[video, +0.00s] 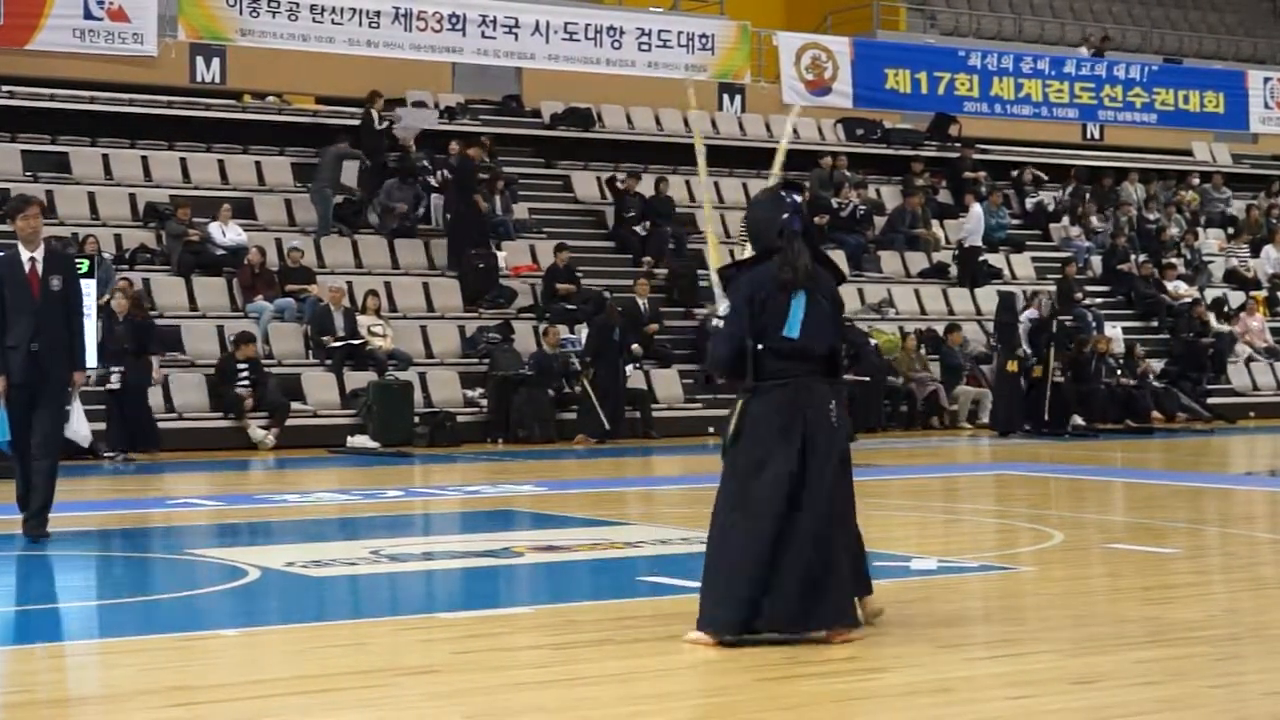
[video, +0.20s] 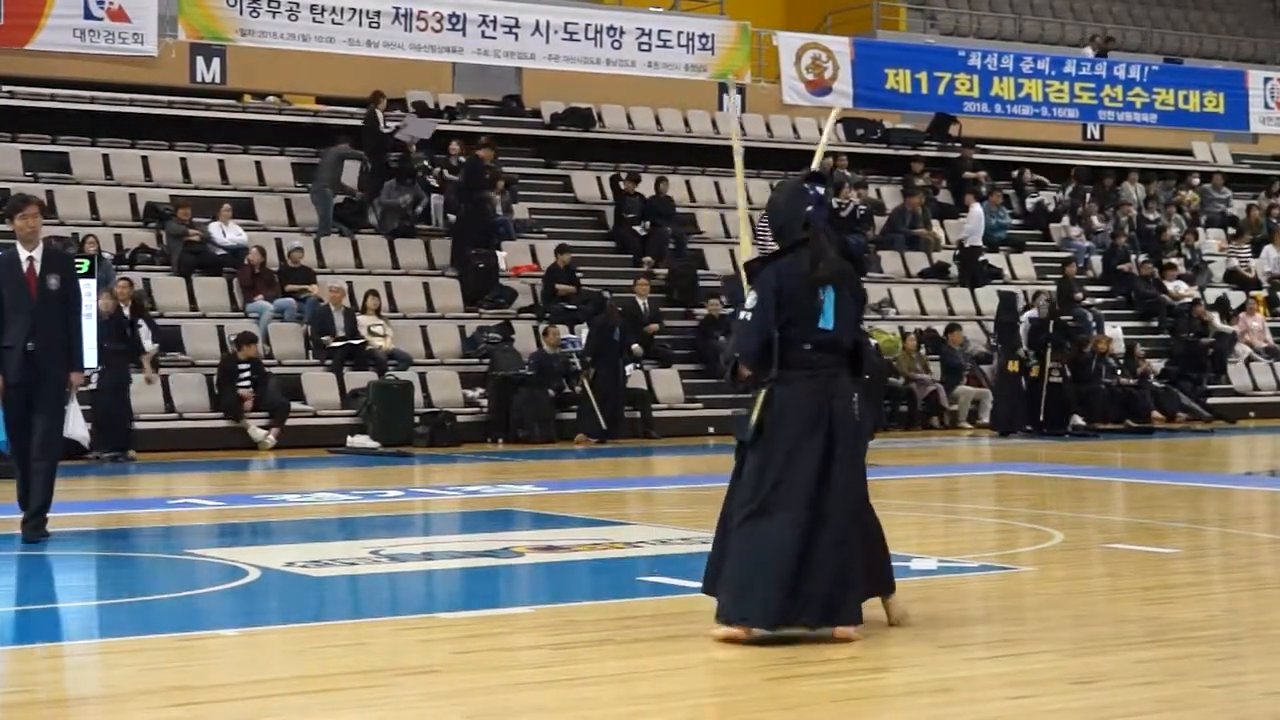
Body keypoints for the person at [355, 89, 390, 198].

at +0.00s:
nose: (383, 104)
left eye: (383, 101)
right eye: (381, 101)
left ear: (373, 101)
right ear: (375, 100)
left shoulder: (370, 113)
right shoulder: (372, 113)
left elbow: (375, 126)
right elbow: (375, 128)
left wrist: (387, 120)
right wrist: (388, 122)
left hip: (371, 148)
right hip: (373, 149)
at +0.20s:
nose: (385, 104)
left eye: (385, 101)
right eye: (385, 101)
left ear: (374, 101)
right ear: (380, 101)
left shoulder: (370, 113)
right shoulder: (377, 113)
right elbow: (380, 131)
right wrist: (394, 129)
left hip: (370, 147)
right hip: (376, 147)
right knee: (381, 171)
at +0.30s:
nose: (388, 104)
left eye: (388, 102)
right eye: (387, 101)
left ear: (377, 102)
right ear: (382, 102)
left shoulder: (374, 115)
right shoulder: (379, 115)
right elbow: (382, 133)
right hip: (379, 148)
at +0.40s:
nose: (393, 106)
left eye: (393, 103)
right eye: (392, 103)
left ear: (382, 103)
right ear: (387, 103)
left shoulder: (377, 114)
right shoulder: (383, 115)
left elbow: (386, 134)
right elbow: (386, 135)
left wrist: (401, 132)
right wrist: (405, 145)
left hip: (376, 151)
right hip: (381, 153)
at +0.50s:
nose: (396, 106)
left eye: (396, 103)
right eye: (395, 103)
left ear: (387, 103)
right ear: (390, 103)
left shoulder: (381, 114)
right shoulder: (387, 115)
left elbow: (389, 133)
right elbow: (390, 134)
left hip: (380, 148)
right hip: (385, 150)